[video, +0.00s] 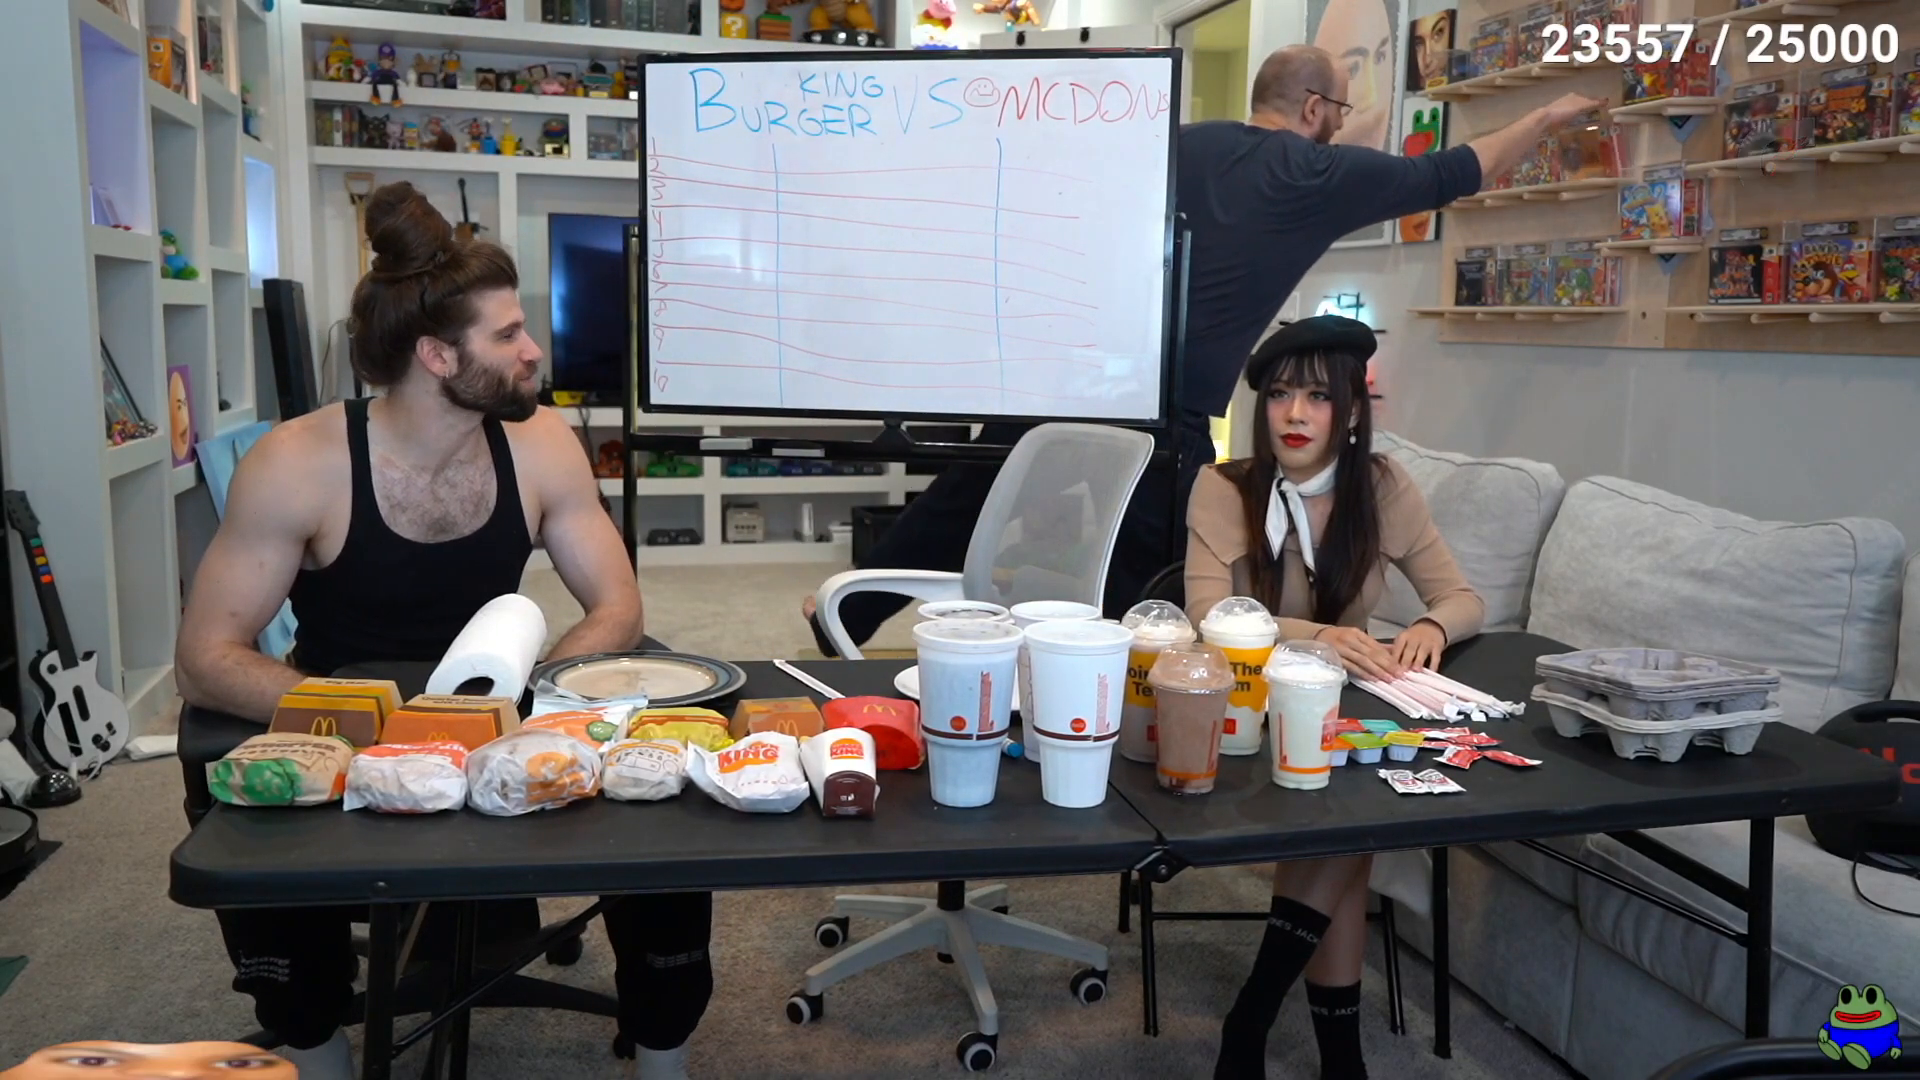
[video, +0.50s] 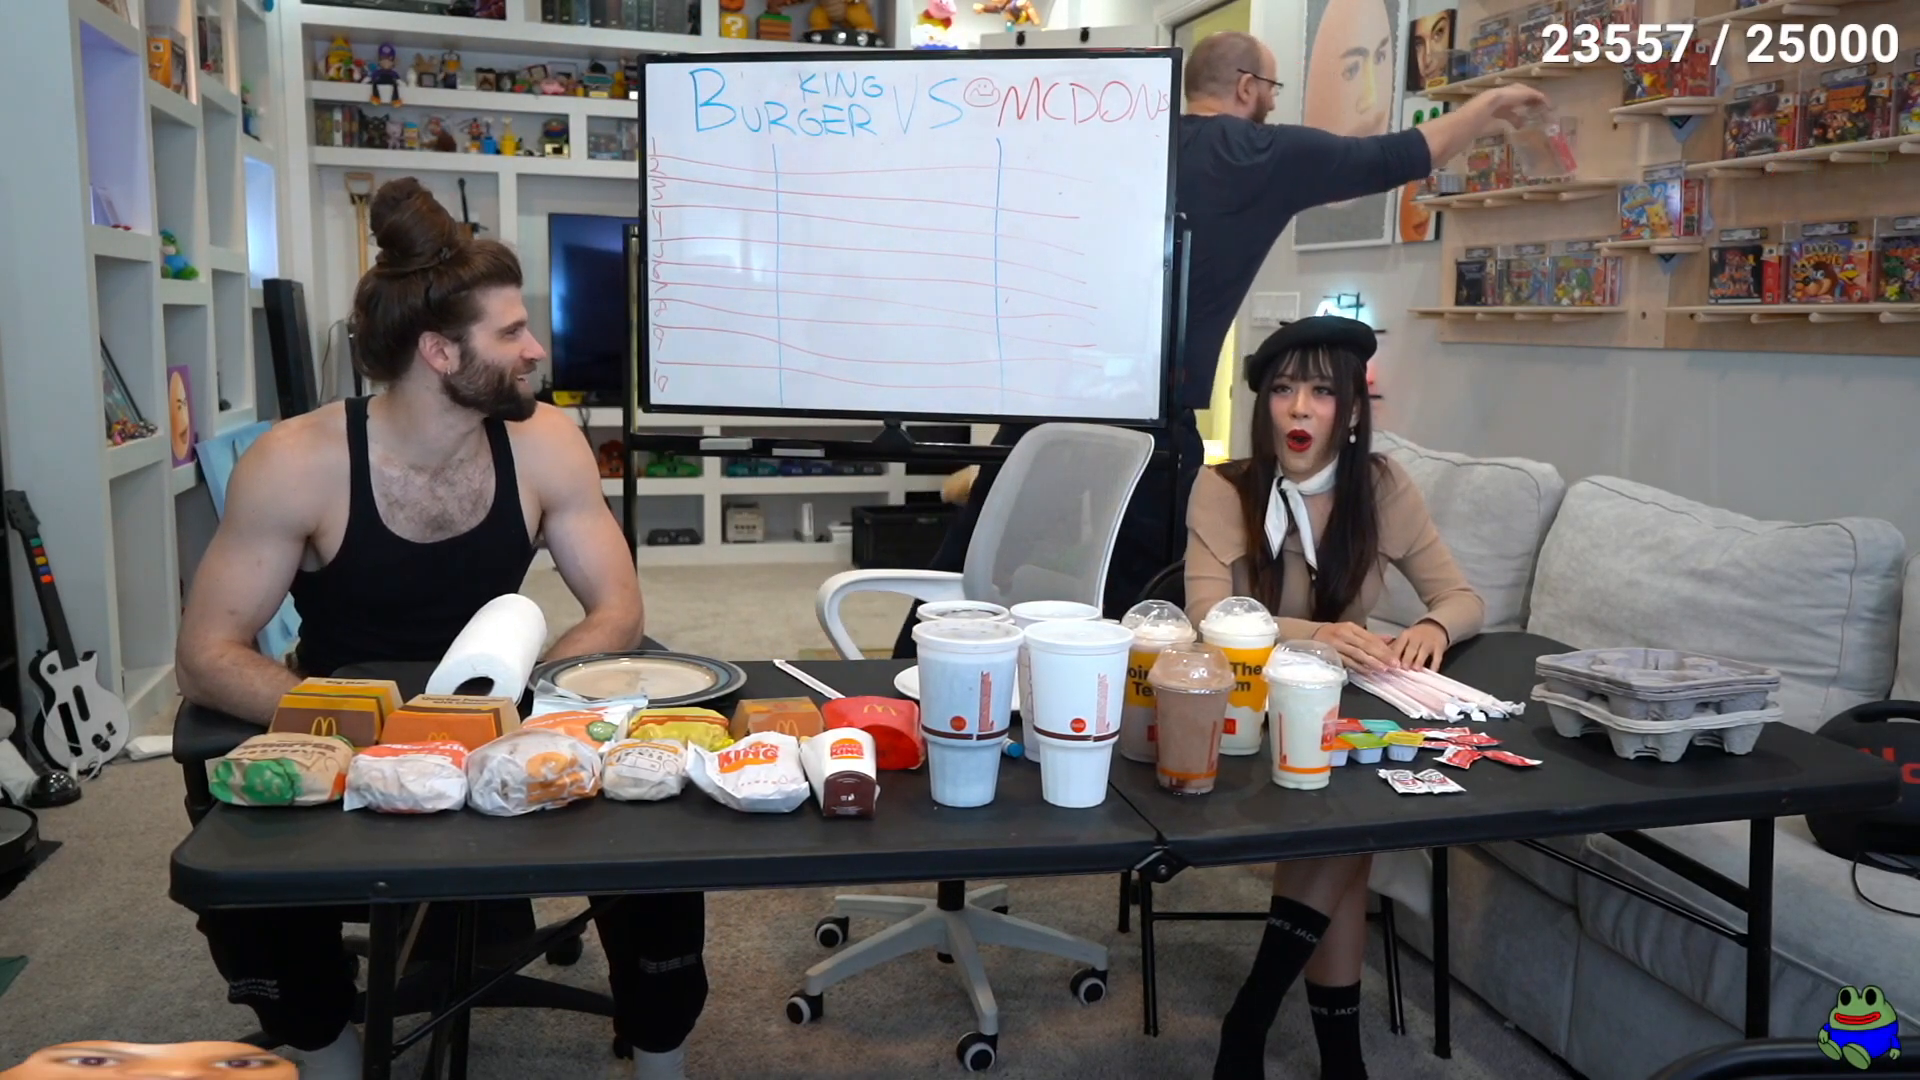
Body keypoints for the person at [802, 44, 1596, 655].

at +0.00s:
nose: (1342, 131)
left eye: (1341, 117)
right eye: (1342, 117)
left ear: (1258, 98)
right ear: (1318, 112)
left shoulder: (1174, 138)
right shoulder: (1315, 175)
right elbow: (1451, 175)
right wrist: (1547, 118)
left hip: (1064, 379)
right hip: (1167, 414)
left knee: (966, 498)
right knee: (1136, 587)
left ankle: (846, 619)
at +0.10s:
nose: (1337, 123)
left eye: (1333, 112)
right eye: (1336, 111)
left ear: (1250, 99)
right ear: (1311, 110)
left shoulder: (1165, 138)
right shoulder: (1313, 170)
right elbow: (1447, 172)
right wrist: (1543, 114)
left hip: (1054, 386)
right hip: (1164, 416)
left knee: (965, 511)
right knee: (1146, 595)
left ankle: (862, 631)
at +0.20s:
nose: (1329, 118)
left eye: (1325, 105)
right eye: (1324, 105)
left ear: (1243, 98)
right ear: (1294, 104)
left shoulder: (1158, 137)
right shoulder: (1297, 164)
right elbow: (1443, 161)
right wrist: (1542, 107)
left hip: (1058, 387)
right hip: (1166, 413)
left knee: (958, 527)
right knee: (1143, 593)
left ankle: (877, 657)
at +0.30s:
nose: (1315, 112)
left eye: (1312, 98)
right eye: (1310, 97)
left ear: (1225, 94)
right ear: (1279, 98)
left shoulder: (1147, 133)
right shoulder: (1285, 159)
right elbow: (1437, 152)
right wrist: (1539, 108)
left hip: (1056, 386)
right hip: (1162, 411)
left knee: (965, 531)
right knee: (1157, 586)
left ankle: (889, 662)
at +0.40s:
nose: (1293, 115)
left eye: (1294, 104)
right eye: (1291, 101)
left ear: (1213, 85)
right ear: (1267, 93)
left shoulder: (1131, 131)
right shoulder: (1268, 154)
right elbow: (1413, 154)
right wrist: (1517, 109)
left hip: (1054, 388)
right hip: (1160, 409)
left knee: (972, 536)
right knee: (1149, 576)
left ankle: (901, 661)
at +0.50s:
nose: (1268, 112)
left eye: (1269, 99)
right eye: (1268, 98)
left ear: (1191, 83)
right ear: (1247, 87)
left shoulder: (1108, 128)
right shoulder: (1256, 152)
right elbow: (1396, 158)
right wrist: (1490, 104)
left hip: (1042, 400)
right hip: (1152, 419)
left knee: (989, 567)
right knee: (1147, 594)